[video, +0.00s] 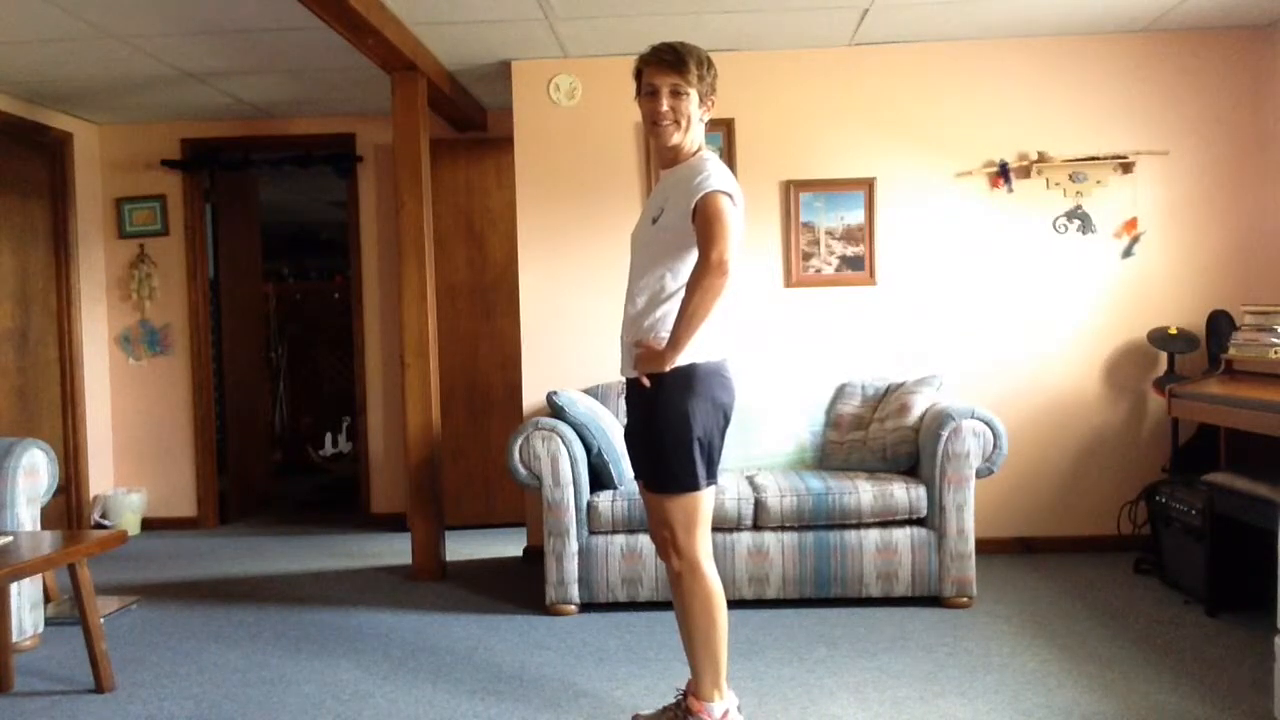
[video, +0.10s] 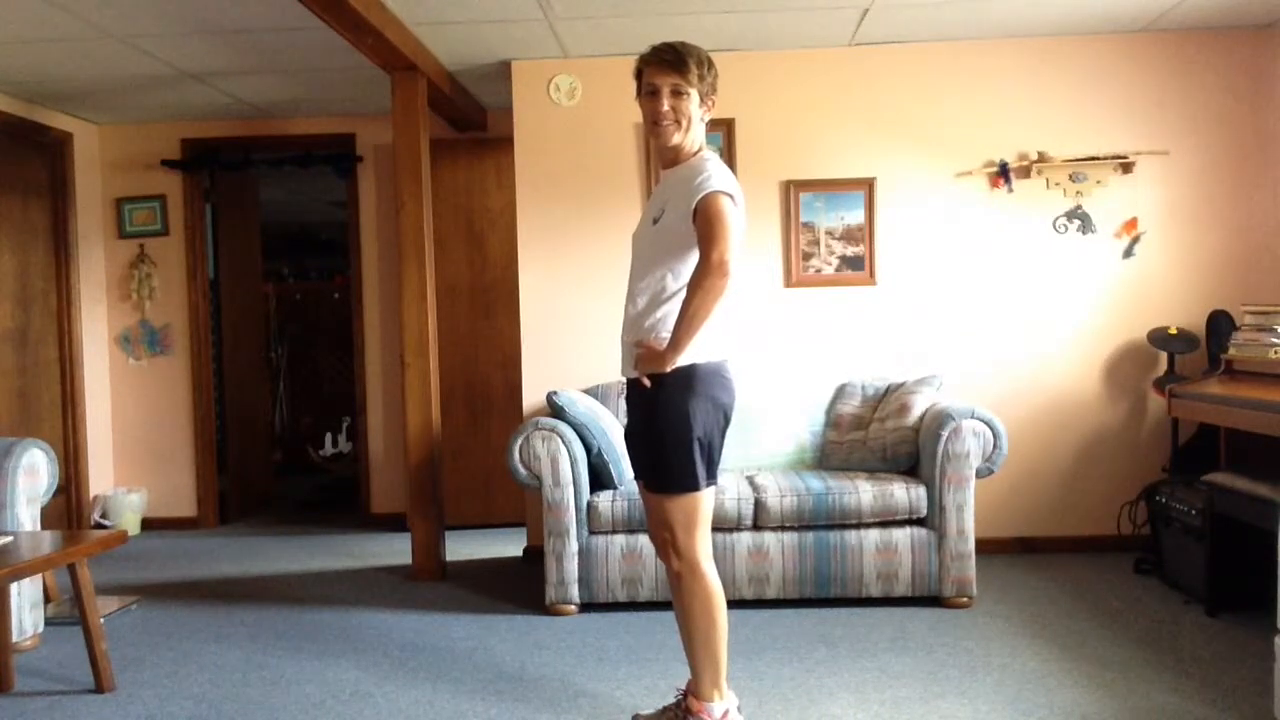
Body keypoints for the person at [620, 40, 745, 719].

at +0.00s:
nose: (661, 105)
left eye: (676, 93)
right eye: (650, 93)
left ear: (703, 103)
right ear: (638, 102)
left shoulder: (705, 173)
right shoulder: (668, 181)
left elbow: (718, 261)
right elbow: (666, 274)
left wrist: (670, 350)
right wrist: (643, 351)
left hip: (680, 379)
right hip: (654, 379)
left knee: (687, 549)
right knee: (672, 547)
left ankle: (713, 699)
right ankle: (705, 693)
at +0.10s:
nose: (661, 106)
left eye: (676, 93)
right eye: (651, 93)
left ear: (704, 103)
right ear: (639, 102)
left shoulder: (706, 175)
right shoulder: (668, 181)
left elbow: (719, 264)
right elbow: (667, 274)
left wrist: (670, 351)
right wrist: (644, 353)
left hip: (681, 380)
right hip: (654, 379)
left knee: (687, 549)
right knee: (671, 546)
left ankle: (713, 699)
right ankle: (705, 693)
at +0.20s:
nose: (662, 105)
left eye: (677, 93)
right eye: (651, 92)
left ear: (705, 102)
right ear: (640, 101)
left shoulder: (707, 175)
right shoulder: (670, 181)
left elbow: (720, 265)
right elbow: (668, 275)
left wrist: (672, 352)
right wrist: (645, 354)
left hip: (681, 381)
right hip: (656, 381)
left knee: (686, 548)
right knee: (670, 545)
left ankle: (713, 700)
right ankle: (705, 694)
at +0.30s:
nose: (662, 105)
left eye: (677, 93)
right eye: (652, 92)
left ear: (705, 102)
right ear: (640, 101)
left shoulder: (706, 175)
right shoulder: (670, 181)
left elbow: (723, 265)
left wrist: (673, 353)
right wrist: (645, 355)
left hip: (681, 381)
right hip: (656, 381)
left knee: (687, 548)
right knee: (668, 545)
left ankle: (713, 700)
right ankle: (705, 693)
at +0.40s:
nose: (662, 105)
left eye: (678, 92)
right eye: (652, 92)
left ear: (705, 102)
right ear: (641, 101)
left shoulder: (707, 175)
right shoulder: (671, 181)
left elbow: (723, 266)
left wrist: (673, 353)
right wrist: (647, 355)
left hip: (682, 382)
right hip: (656, 382)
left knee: (687, 550)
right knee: (667, 546)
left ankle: (713, 700)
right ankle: (705, 692)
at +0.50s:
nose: (661, 104)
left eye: (676, 92)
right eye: (651, 92)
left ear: (705, 103)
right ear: (640, 101)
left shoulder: (707, 176)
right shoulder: (670, 181)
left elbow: (721, 267)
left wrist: (673, 353)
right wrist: (649, 355)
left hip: (684, 382)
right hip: (656, 382)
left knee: (686, 551)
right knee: (660, 547)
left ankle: (713, 700)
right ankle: (704, 691)